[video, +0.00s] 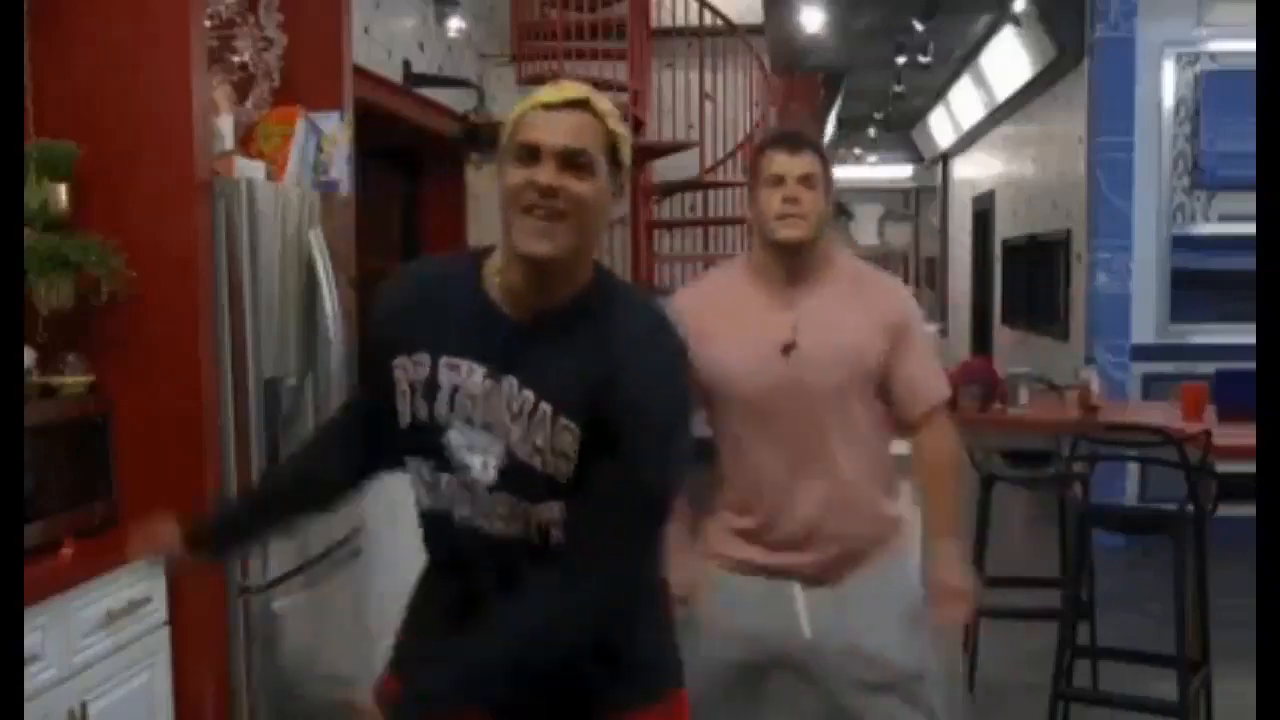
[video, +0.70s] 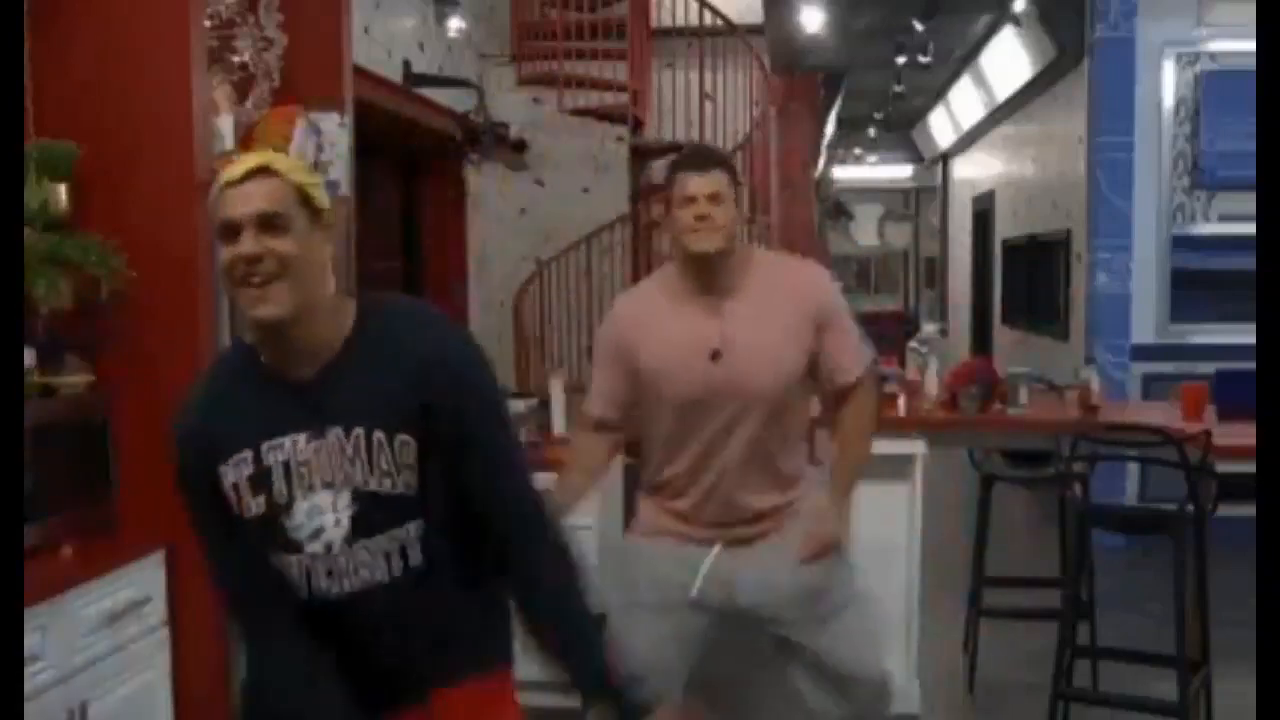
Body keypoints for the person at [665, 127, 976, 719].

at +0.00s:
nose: (790, 196)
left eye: (806, 183)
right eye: (774, 183)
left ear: (829, 200)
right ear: (751, 202)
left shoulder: (884, 301)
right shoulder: (694, 309)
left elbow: (933, 428)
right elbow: (659, 442)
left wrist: (947, 555)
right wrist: (676, 550)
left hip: (870, 578)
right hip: (738, 579)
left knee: (899, 706)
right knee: (714, 709)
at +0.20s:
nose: (716, 209)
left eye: (731, 196)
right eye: (701, 197)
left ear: (755, 212)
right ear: (682, 214)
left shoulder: (806, 325)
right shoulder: (624, 301)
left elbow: (808, 460)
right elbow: (550, 391)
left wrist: (750, 465)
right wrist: (602, 434)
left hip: (772, 576)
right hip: (646, 578)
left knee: (823, 707)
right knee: (637, 710)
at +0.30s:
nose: (697, 206)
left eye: (712, 191)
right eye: (681, 195)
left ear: (740, 206)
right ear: (662, 212)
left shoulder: (791, 312)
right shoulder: (617, 288)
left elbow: (796, 451)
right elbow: (533, 342)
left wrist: (718, 443)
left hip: (757, 561)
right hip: (634, 557)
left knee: (798, 707)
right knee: (608, 710)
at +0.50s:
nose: (656, 230)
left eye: (668, 213)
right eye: (639, 221)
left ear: (697, 216)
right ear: (624, 236)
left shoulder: (773, 308)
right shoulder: (599, 301)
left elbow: (792, 441)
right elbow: (513, 339)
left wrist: (677, 472)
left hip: (749, 538)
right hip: (635, 537)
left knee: (783, 689)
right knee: (610, 694)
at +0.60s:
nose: (678, 233)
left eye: (691, 219)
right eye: (661, 223)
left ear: (714, 228)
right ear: (642, 240)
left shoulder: (785, 315)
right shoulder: (616, 332)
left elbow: (816, 436)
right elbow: (544, 430)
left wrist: (763, 535)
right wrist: (493, 501)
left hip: (772, 532)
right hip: (653, 539)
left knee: (835, 679)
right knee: (611, 698)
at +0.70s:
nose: (702, 211)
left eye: (716, 199)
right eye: (687, 201)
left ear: (740, 210)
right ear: (665, 217)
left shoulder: (805, 288)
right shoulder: (633, 313)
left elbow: (856, 389)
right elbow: (600, 428)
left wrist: (835, 503)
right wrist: (549, 514)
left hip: (785, 526)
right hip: (666, 533)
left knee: (865, 683)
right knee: (629, 688)